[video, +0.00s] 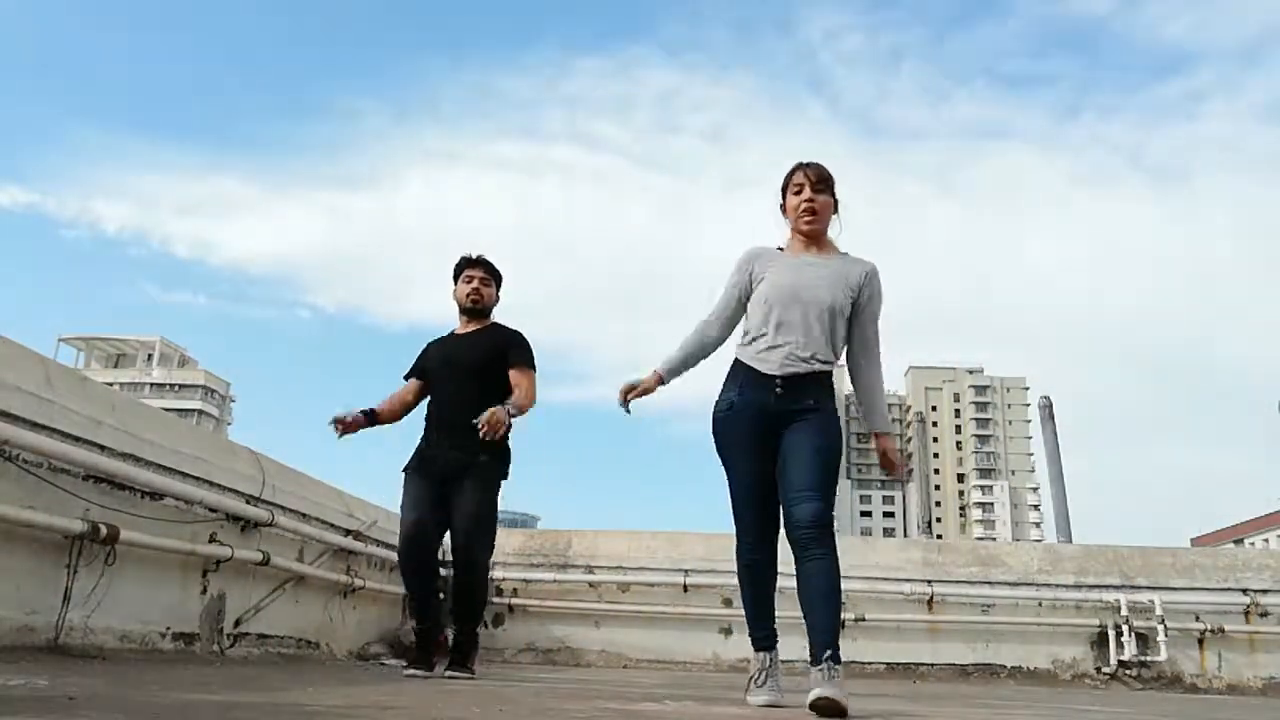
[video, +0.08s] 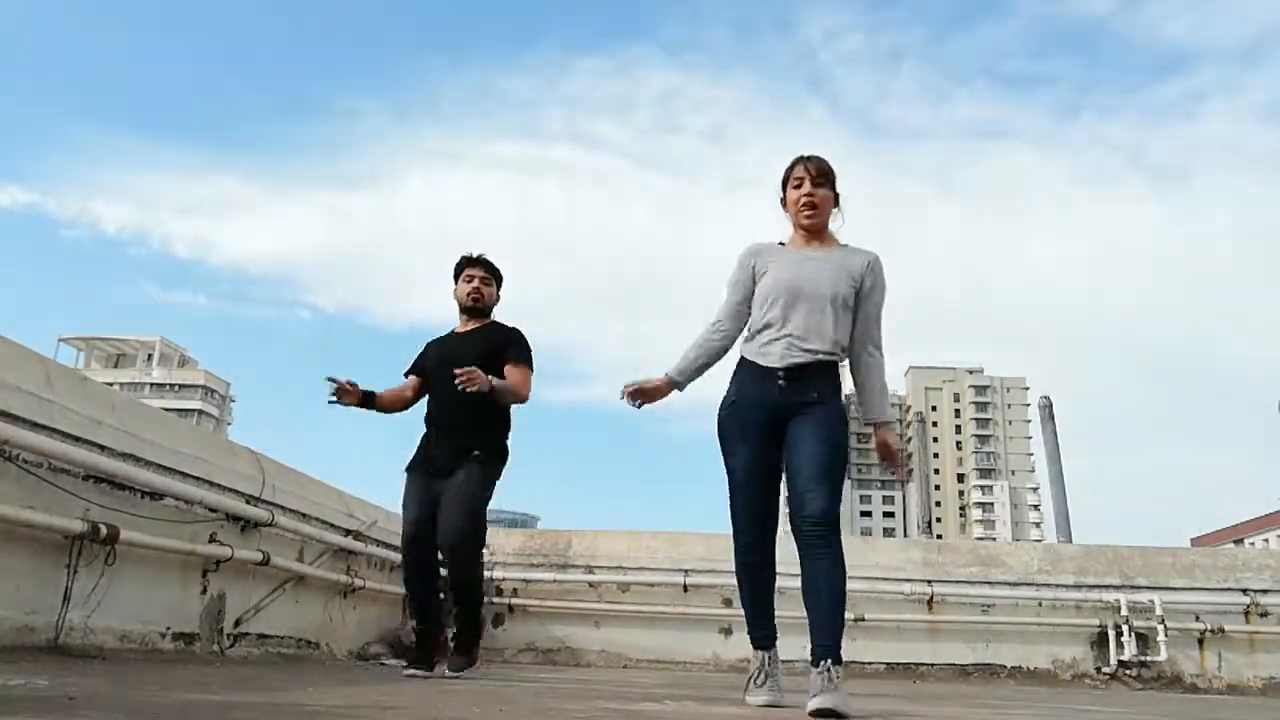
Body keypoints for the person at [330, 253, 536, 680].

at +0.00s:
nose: (475, 286)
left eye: (485, 282)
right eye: (468, 280)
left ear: (496, 295)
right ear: (455, 291)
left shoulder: (509, 341)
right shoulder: (436, 349)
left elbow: (525, 394)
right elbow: (403, 399)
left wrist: (506, 410)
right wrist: (366, 417)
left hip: (479, 463)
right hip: (430, 459)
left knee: (470, 556)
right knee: (414, 545)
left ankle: (464, 648)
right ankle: (428, 641)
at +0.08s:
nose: (476, 285)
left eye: (485, 282)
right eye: (469, 279)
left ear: (496, 295)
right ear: (455, 290)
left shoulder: (508, 338)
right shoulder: (437, 348)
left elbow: (520, 390)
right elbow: (404, 396)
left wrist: (489, 384)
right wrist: (365, 398)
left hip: (478, 456)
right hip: (432, 454)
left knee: (456, 539)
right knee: (415, 540)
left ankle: (467, 637)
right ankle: (428, 642)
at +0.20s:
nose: (475, 286)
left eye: (485, 281)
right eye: (467, 280)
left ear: (496, 294)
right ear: (453, 291)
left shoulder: (504, 335)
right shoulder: (441, 349)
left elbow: (491, 375)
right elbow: (400, 390)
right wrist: (370, 357)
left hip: (479, 455)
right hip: (441, 452)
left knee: (439, 534)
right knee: (418, 541)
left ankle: (467, 632)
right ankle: (436, 639)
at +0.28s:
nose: (475, 289)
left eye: (484, 285)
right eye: (467, 285)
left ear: (496, 298)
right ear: (455, 297)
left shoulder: (503, 338)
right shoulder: (443, 353)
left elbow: (469, 362)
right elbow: (398, 387)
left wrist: (437, 317)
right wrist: (377, 343)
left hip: (480, 461)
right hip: (443, 460)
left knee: (440, 541)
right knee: (415, 544)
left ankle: (472, 638)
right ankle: (446, 638)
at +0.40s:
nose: (477, 300)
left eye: (487, 297)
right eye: (470, 295)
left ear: (499, 312)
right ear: (458, 308)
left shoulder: (500, 350)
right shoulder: (452, 366)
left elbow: (449, 357)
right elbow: (400, 388)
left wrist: (407, 320)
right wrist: (373, 346)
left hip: (474, 474)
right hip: (447, 472)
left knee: (416, 546)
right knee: (407, 547)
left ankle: (466, 636)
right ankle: (447, 640)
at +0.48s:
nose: (484, 300)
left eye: (493, 297)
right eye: (476, 296)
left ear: (506, 311)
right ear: (465, 309)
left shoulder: (503, 350)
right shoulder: (461, 364)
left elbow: (451, 362)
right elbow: (410, 392)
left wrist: (390, 336)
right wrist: (367, 366)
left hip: (468, 472)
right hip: (448, 470)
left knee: (407, 544)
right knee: (420, 551)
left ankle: (458, 632)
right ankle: (444, 642)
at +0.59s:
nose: (498, 298)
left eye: (508, 294)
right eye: (491, 292)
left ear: (521, 308)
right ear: (480, 303)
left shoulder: (510, 345)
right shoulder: (479, 352)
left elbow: (469, 383)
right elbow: (441, 410)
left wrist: (417, 402)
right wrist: (393, 438)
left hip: (452, 460)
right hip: (446, 457)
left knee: (395, 534)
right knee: (409, 540)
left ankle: (435, 625)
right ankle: (432, 629)